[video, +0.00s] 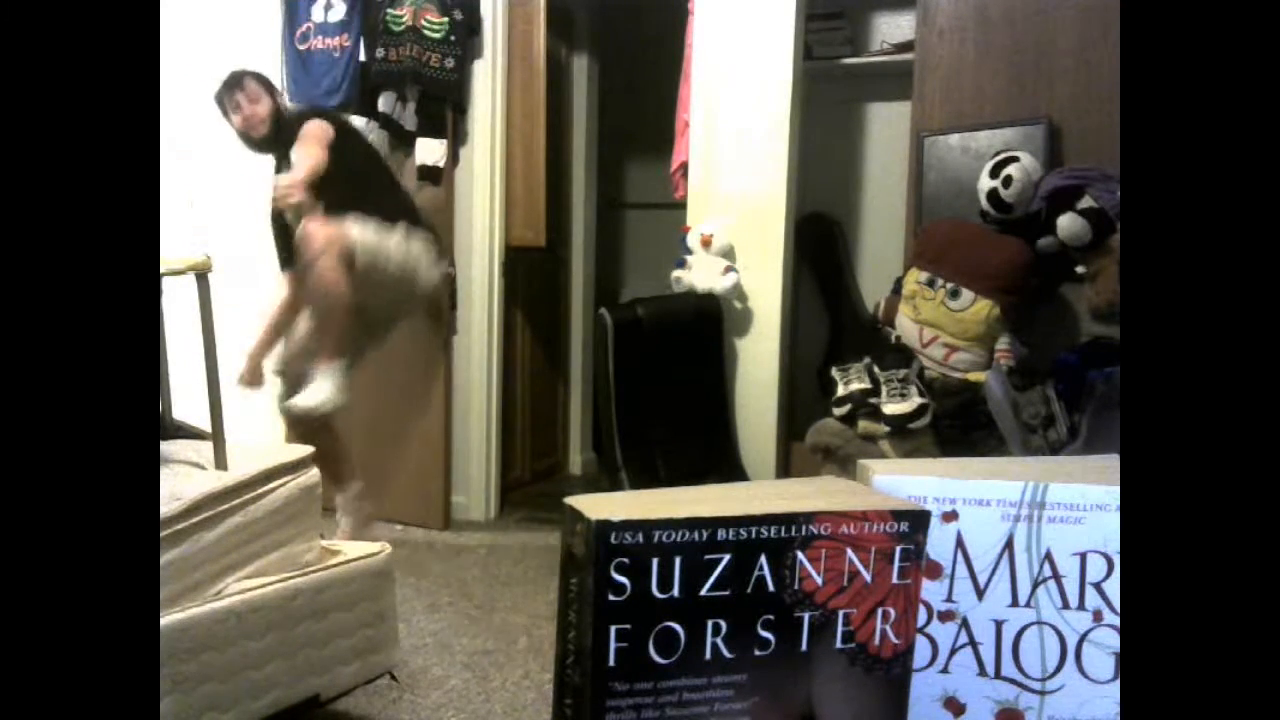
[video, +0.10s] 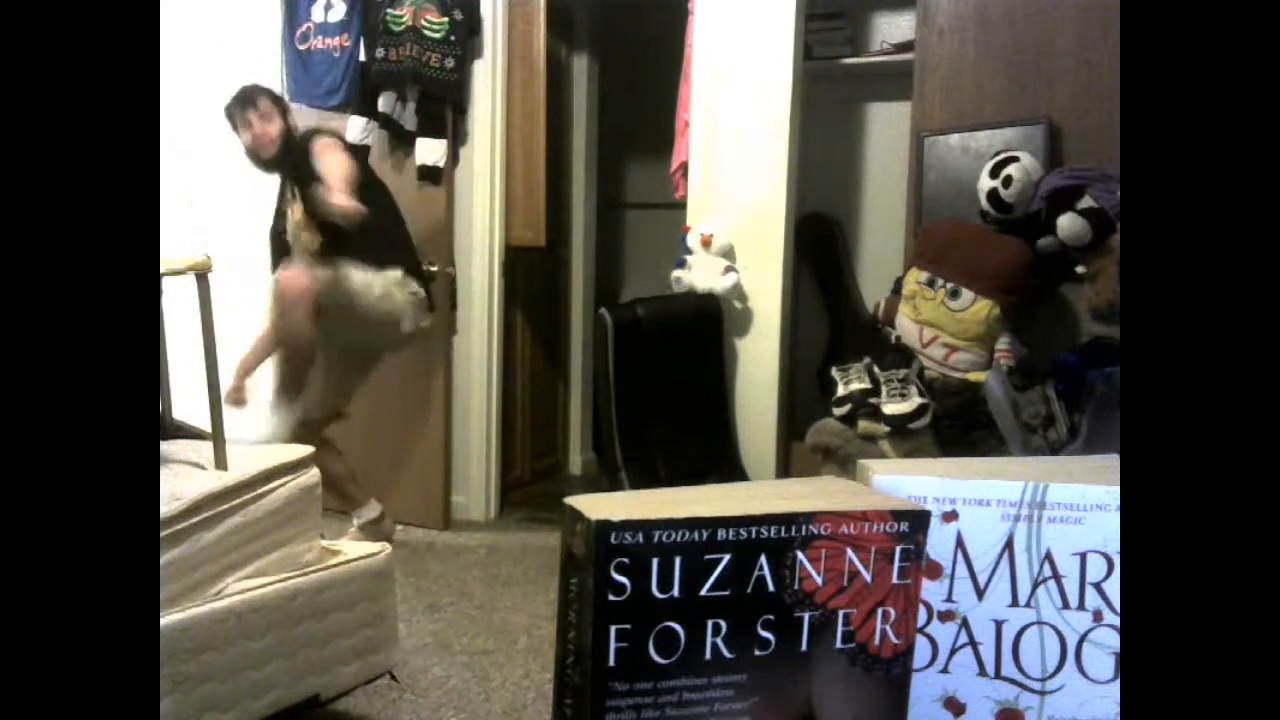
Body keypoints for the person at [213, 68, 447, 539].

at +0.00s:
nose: (245, 114)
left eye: (250, 100)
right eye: (234, 111)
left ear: (272, 96)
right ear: (232, 125)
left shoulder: (312, 123)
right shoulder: (282, 188)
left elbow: (313, 147)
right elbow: (297, 284)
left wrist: (297, 179)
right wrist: (258, 354)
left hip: (412, 260)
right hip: (356, 292)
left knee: (320, 234)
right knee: (296, 387)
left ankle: (329, 369)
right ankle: (350, 500)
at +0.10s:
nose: (256, 134)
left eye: (263, 119)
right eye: (244, 128)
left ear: (285, 117)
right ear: (240, 139)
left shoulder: (317, 144)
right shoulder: (289, 204)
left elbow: (335, 165)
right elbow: (290, 308)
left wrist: (336, 197)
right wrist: (243, 372)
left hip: (398, 295)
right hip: (354, 314)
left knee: (295, 279)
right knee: (304, 426)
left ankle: (288, 407)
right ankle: (367, 514)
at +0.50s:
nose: (237, 146)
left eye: (243, 130)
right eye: (225, 140)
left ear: (266, 127)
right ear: (219, 151)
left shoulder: (305, 150)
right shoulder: (272, 228)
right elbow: (283, 303)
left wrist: (326, 236)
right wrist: (244, 372)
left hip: (397, 293)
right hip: (350, 312)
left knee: (277, 318)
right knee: (305, 421)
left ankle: (295, 421)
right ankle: (369, 512)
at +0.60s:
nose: (224, 160)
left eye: (230, 144)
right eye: (215, 151)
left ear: (252, 135)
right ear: (212, 154)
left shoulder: (294, 167)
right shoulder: (260, 215)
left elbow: (310, 247)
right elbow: (271, 303)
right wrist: (244, 377)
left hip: (398, 285)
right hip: (359, 300)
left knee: (282, 318)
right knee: (283, 411)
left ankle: (303, 431)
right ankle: (359, 501)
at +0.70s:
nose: (214, 178)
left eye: (217, 163)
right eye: (207, 168)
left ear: (240, 149)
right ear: (209, 167)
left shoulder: (301, 185)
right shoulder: (253, 225)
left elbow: (322, 289)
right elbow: (267, 310)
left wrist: (263, 289)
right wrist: (242, 389)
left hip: (399, 288)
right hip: (356, 302)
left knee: (280, 331)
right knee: (290, 412)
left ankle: (303, 429)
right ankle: (371, 513)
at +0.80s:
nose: (221, 232)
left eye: (226, 215)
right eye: (210, 222)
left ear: (246, 198)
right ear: (202, 219)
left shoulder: (297, 222)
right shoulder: (242, 253)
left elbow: (366, 319)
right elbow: (257, 331)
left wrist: (306, 369)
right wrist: (234, 404)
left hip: (392, 311)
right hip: (332, 323)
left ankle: (342, 506)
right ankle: (364, 512)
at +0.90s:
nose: (220, 258)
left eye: (223, 241)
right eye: (210, 247)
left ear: (242, 222)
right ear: (202, 243)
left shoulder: (299, 238)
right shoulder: (237, 269)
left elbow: (379, 316)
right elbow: (248, 341)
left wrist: (337, 386)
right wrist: (228, 406)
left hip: (381, 326)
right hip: (327, 331)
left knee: (264, 394)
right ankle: (363, 508)